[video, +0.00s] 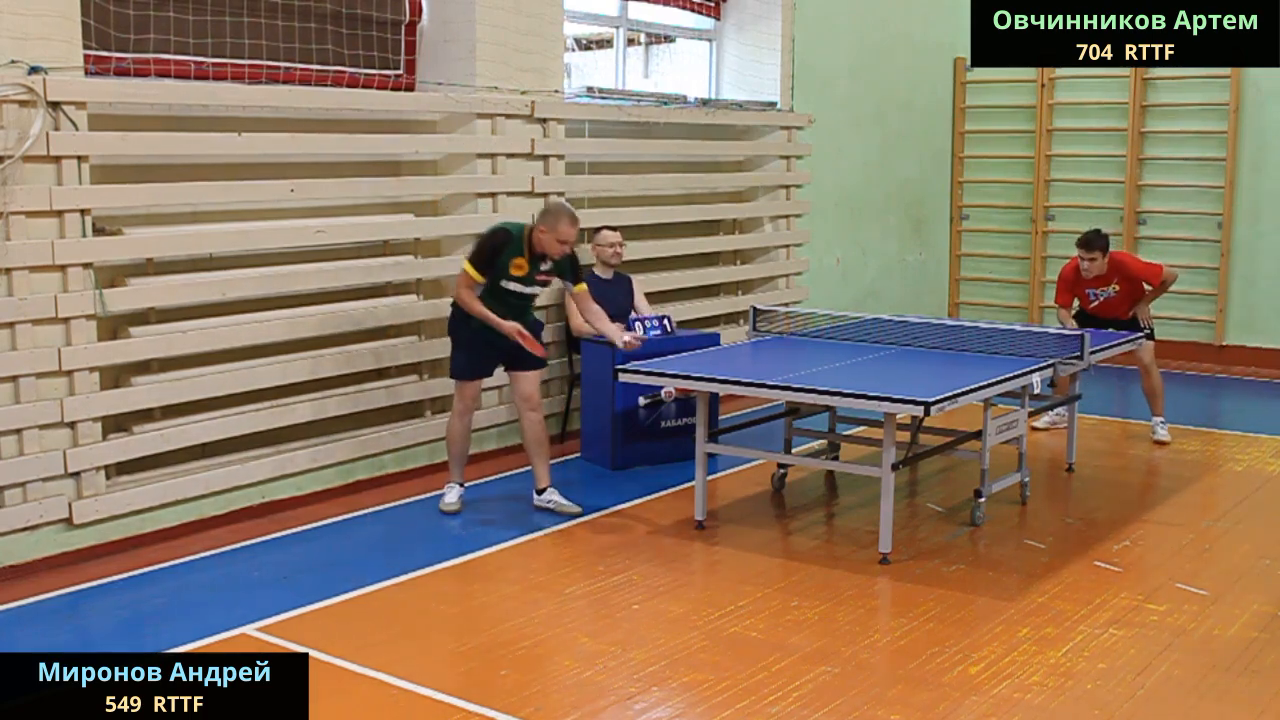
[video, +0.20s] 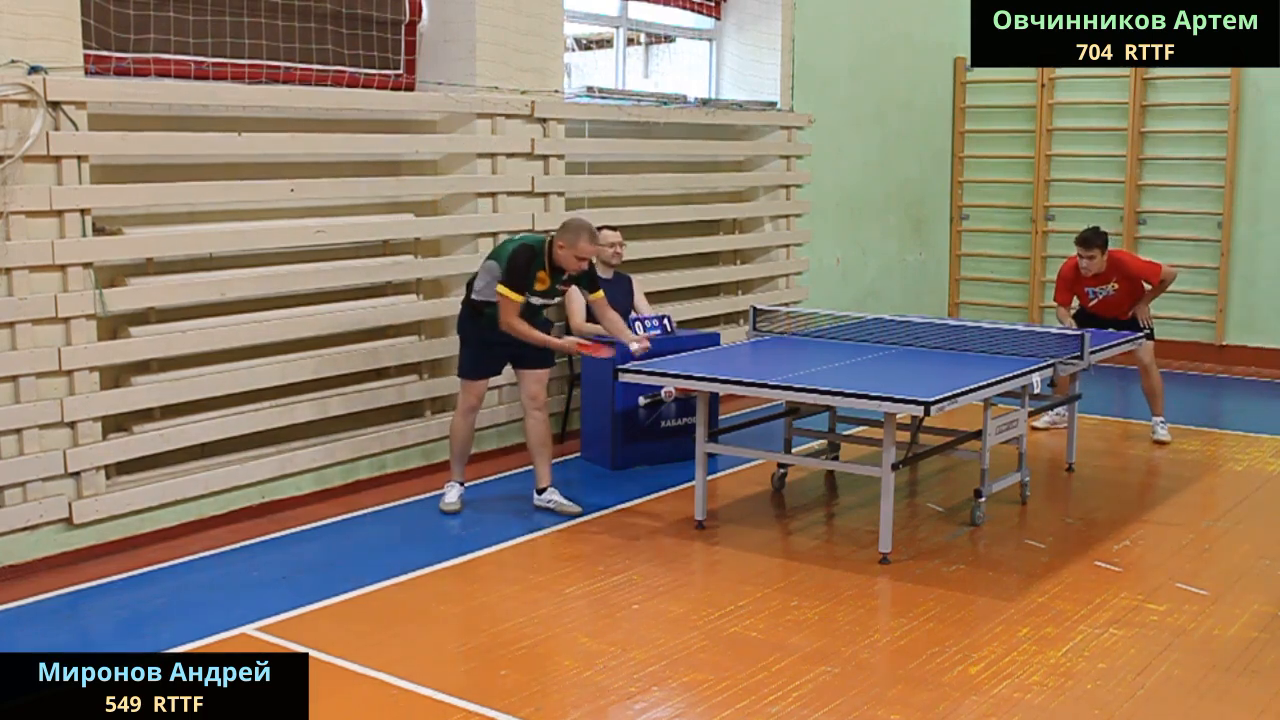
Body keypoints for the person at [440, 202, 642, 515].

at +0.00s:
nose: (568, 250)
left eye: (571, 244)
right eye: (562, 242)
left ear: (573, 238)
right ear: (540, 231)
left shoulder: (565, 258)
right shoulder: (500, 239)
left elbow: (586, 303)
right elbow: (462, 292)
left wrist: (617, 335)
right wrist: (500, 324)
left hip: (520, 325)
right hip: (476, 322)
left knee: (531, 402)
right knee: (465, 403)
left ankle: (544, 490)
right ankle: (454, 484)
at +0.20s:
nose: (585, 266)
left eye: (589, 260)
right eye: (580, 259)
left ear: (591, 255)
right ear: (559, 247)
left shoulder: (581, 267)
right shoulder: (523, 255)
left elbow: (604, 310)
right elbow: (506, 321)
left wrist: (630, 338)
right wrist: (559, 344)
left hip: (529, 320)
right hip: (483, 318)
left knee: (536, 400)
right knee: (470, 402)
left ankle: (544, 490)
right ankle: (455, 483)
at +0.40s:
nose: (590, 271)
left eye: (593, 265)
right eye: (585, 264)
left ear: (595, 258)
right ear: (564, 252)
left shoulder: (584, 268)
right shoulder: (533, 262)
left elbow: (609, 309)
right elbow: (529, 330)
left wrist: (635, 334)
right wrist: (581, 351)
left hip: (529, 323)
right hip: (485, 321)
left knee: (537, 400)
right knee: (471, 403)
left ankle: (544, 490)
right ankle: (452, 482)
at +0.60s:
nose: (581, 270)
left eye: (584, 263)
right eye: (576, 262)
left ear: (588, 258)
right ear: (554, 252)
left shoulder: (573, 270)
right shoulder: (519, 263)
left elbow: (597, 313)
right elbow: (501, 326)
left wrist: (627, 344)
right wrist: (553, 342)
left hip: (521, 321)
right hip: (474, 321)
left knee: (538, 401)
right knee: (468, 407)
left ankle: (544, 490)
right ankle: (451, 486)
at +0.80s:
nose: (566, 275)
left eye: (569, 268)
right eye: (560, 267)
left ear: (570, 265)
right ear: (537, 262)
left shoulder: (561, 286)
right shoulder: (504, 272)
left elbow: (582, 331)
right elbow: (475, 331)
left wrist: (622, 350)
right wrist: (529, 330)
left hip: (513, 340)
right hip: (466, 341)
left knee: (555, 402)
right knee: (469, 428)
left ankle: (583, 490)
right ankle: (451, 488)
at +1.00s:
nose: (568, 282)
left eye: (570, 275)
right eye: (560, 276)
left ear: (570, 274)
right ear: (537, 276)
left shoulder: (565, 302)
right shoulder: (501, 293)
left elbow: (597, 344)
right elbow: (476, 351)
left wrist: (639, 353)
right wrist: (524, 339)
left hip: (526, 361)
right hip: (481, 368)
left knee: (578, 410)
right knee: (488, 450)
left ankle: (599, 498)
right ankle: (455, 487)